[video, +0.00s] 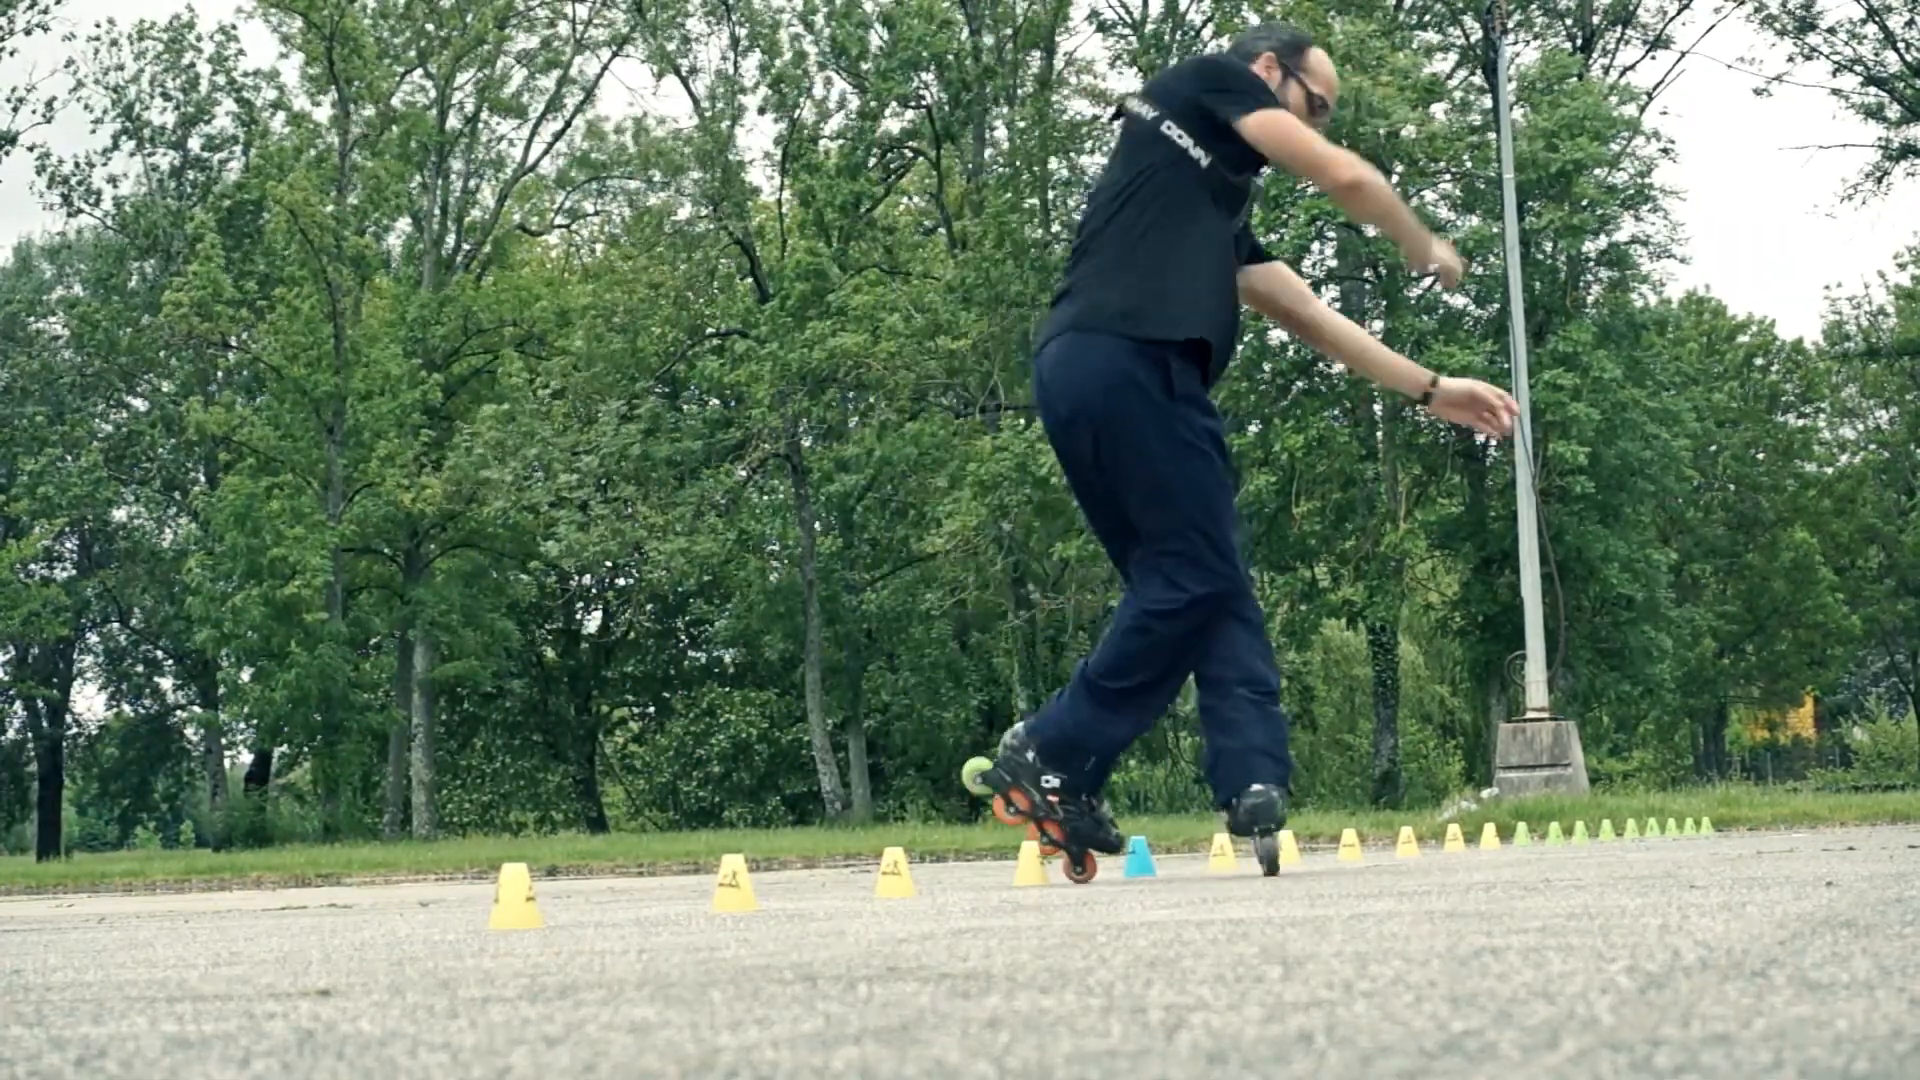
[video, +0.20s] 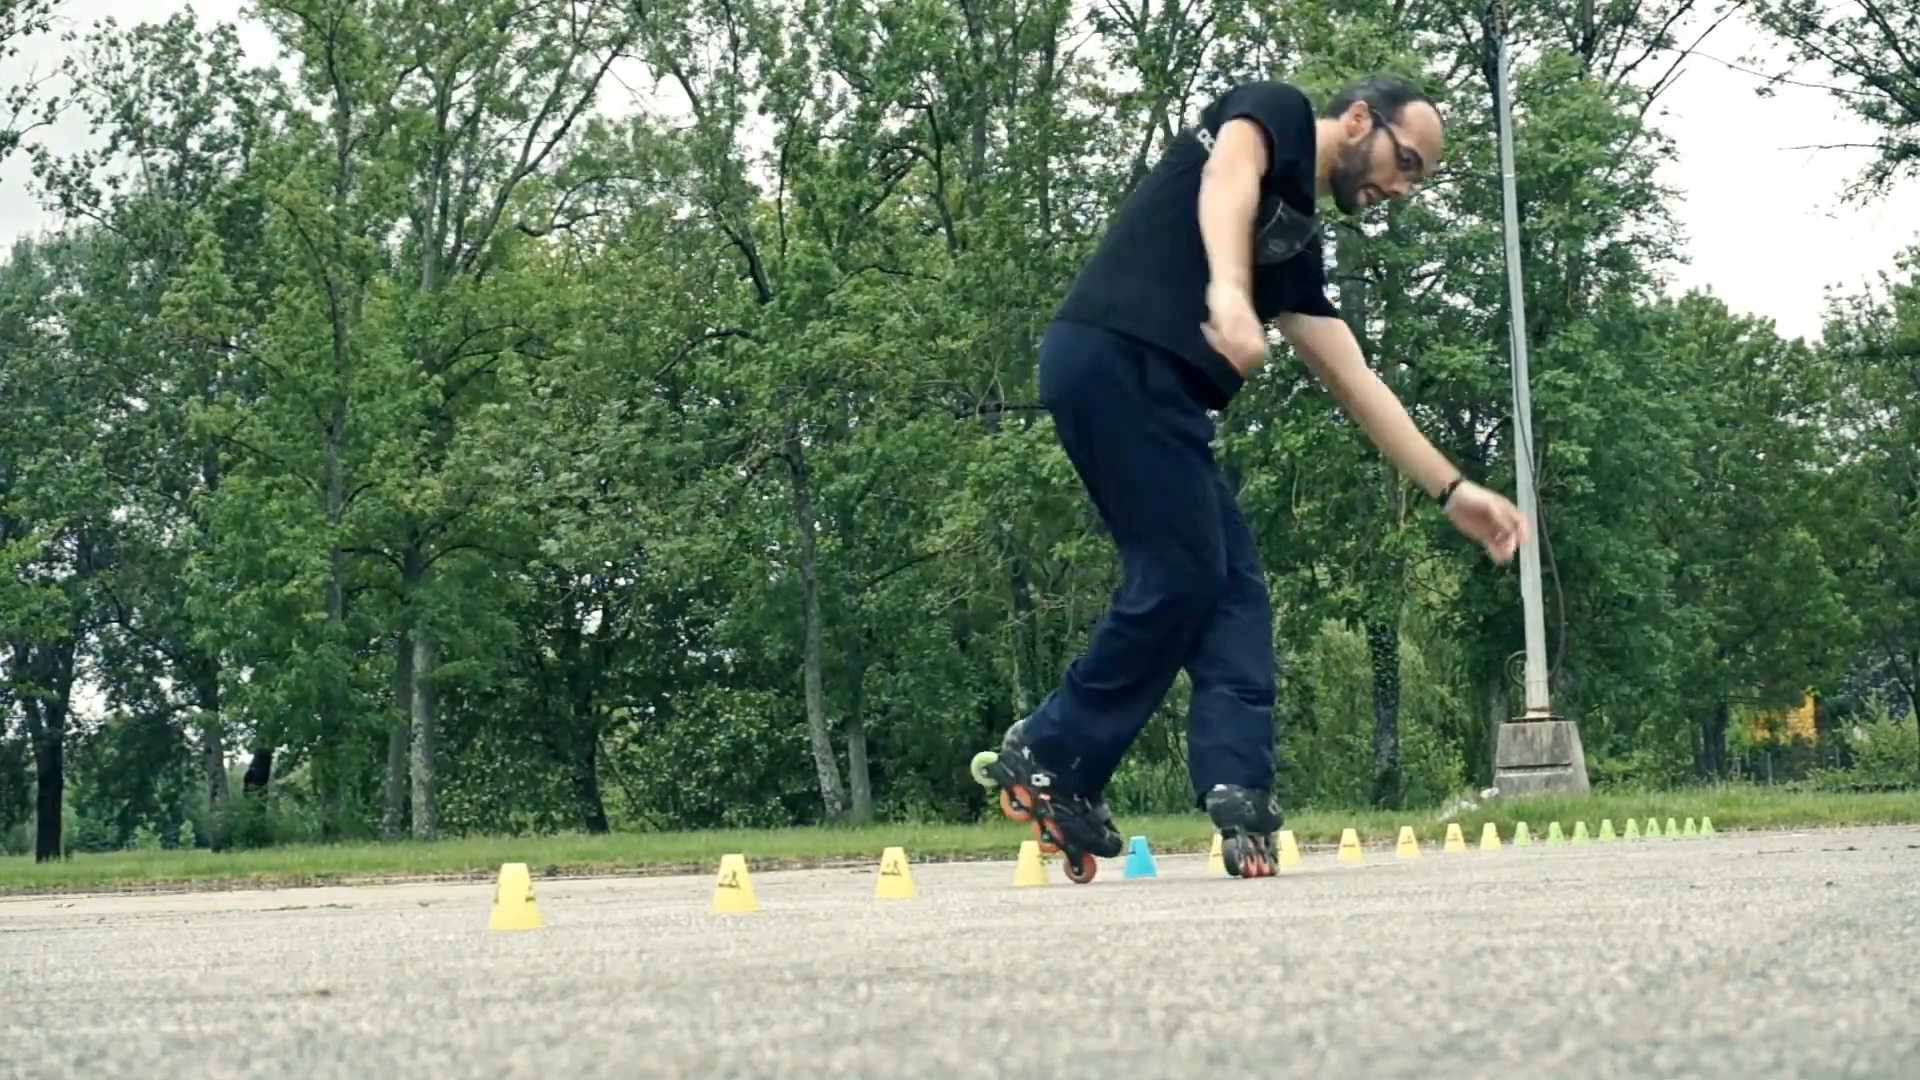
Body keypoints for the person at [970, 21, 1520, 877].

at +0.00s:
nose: (1318, 123)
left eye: (1325, 111)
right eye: (1315, 101)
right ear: (1268, 67)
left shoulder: (1215, 211)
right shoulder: (1210, 77)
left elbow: (1308, 314)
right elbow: (1343, 173)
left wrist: (1430, 386)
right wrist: (1420, 245)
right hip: (1120, 354)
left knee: (1215, 584)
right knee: (1189, 576)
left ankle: (1252, 786)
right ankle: (1052, 756)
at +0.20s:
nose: (1403, 186)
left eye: (1417, 177)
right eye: (1405, 159)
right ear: (1360, 118)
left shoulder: (1295, 243)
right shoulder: (1278, 108)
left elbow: (1354, 375)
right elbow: (1229, 175)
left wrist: (1451, 487)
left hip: (1167, 390)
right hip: (1110, 357)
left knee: (1234, 585)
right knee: (1182, 570)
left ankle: (1238, 792)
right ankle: (1050, 759)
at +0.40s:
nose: (1452, 195)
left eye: (1468, 188)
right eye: (1455, 167)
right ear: (1411, 119)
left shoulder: (1349, 245)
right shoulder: (1316, 106)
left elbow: (1362, 396)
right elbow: (1201, 64)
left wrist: (1416, 536)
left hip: (1190, 394)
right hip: (1113, 346)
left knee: (1242, 569)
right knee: (1140, 562)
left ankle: (1233, 791)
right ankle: (1021, 760)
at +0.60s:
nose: (1453, 127)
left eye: (1472, 118)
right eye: (1449, 100)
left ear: (1478, 113)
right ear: (1409, 58)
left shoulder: (1389, 197)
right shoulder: (1301, 67)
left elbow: (1402, 351)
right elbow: (1187, 32)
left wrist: (1464, 483)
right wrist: (1130, 18)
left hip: (1229, 367)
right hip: (1131, 335)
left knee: (1288, 558)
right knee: (1166, 556)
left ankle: (1242, 781)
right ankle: (1078, 765)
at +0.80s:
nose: (1430, 50)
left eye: (1454, 35)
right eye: (1417, 24)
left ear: (1473, 30)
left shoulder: (1430, 134)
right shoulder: (1290, 37)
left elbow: (1464, 289)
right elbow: (1145, 96)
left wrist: (1531, 426)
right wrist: (1209, 196)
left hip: (1291, 354)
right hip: (1176, 328)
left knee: (1339, 551)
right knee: (1220, 531)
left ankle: (1303, 779)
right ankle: (1173, 773)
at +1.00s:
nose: (1410, 14)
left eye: (1431, 1)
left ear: (1454, 4)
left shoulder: (1466, 101)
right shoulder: (1284, 43)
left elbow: (1506, 243)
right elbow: (1150, 147)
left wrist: (1564, 383)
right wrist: (1187, 286)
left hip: (1357, 358)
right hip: (1239, 341)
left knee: (1413, 555)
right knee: (1301, 534)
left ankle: (1423, 779)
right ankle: (1287, 779)